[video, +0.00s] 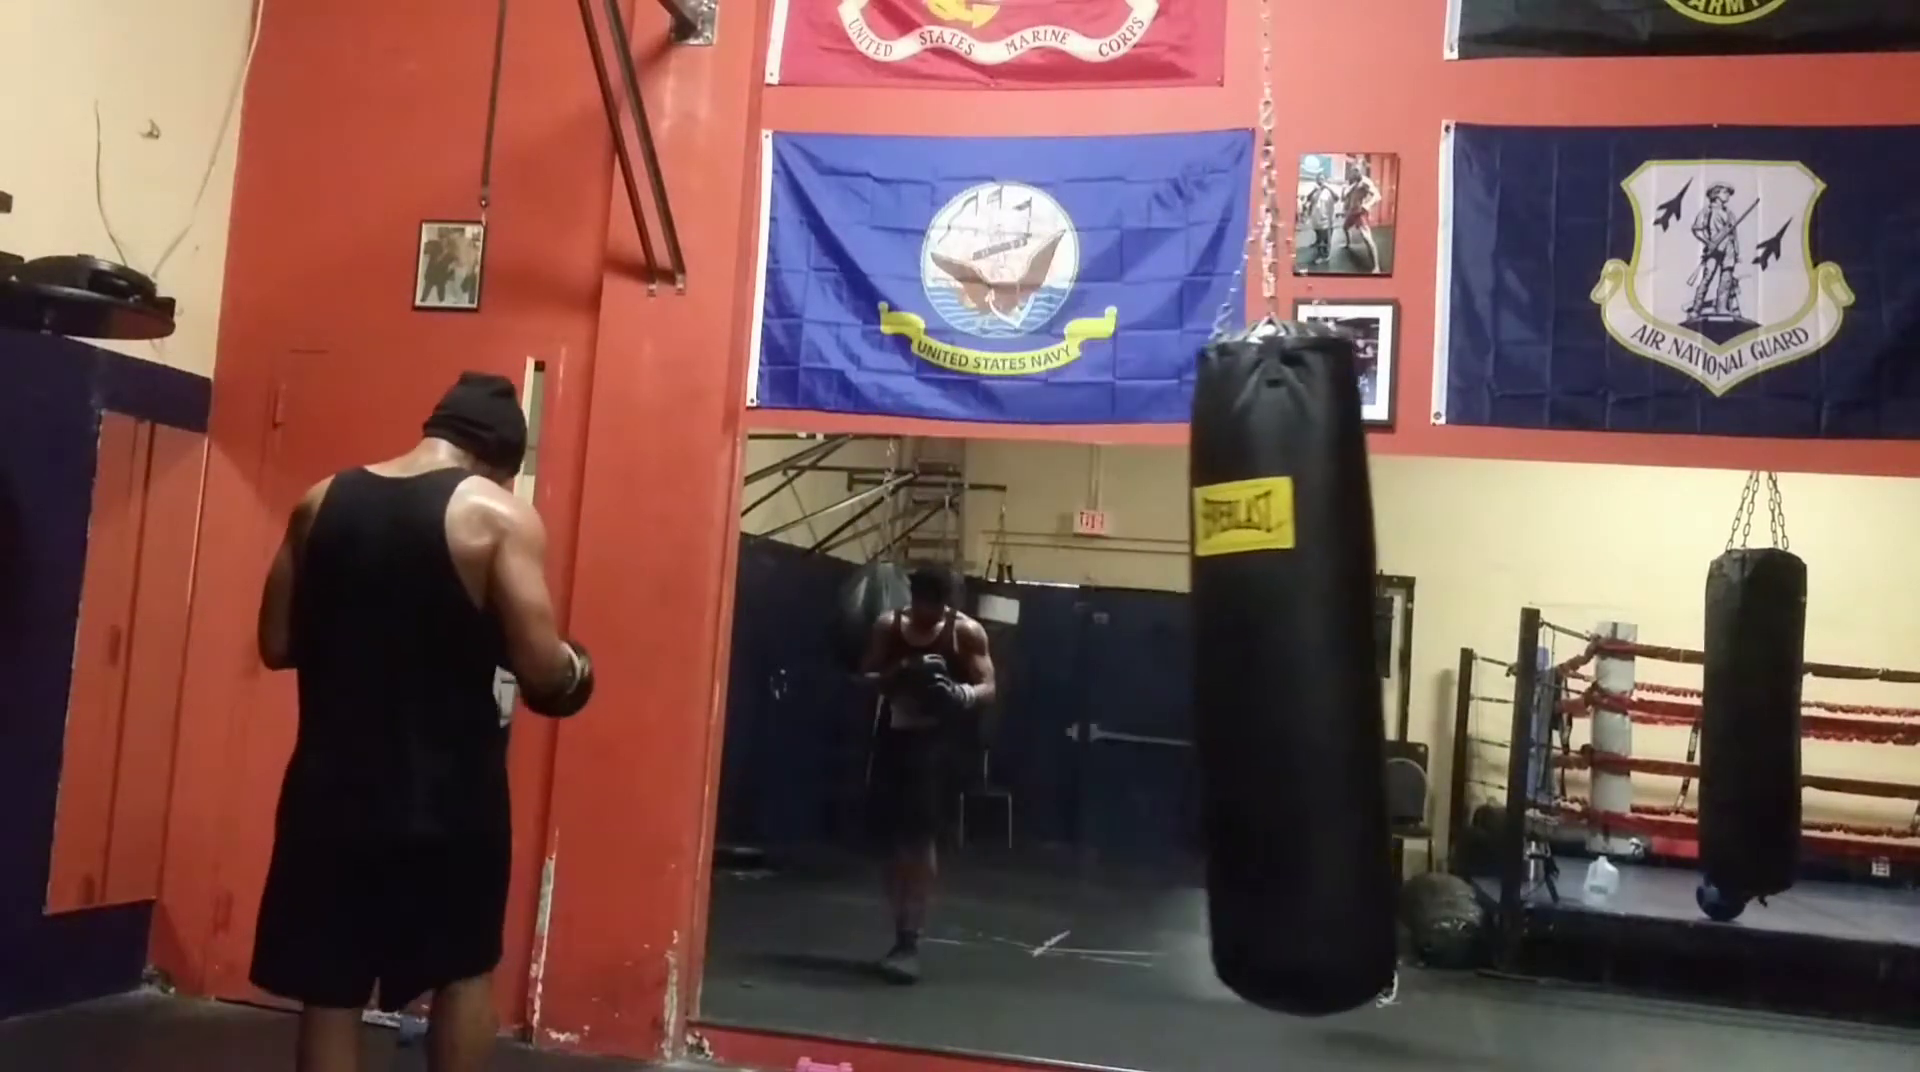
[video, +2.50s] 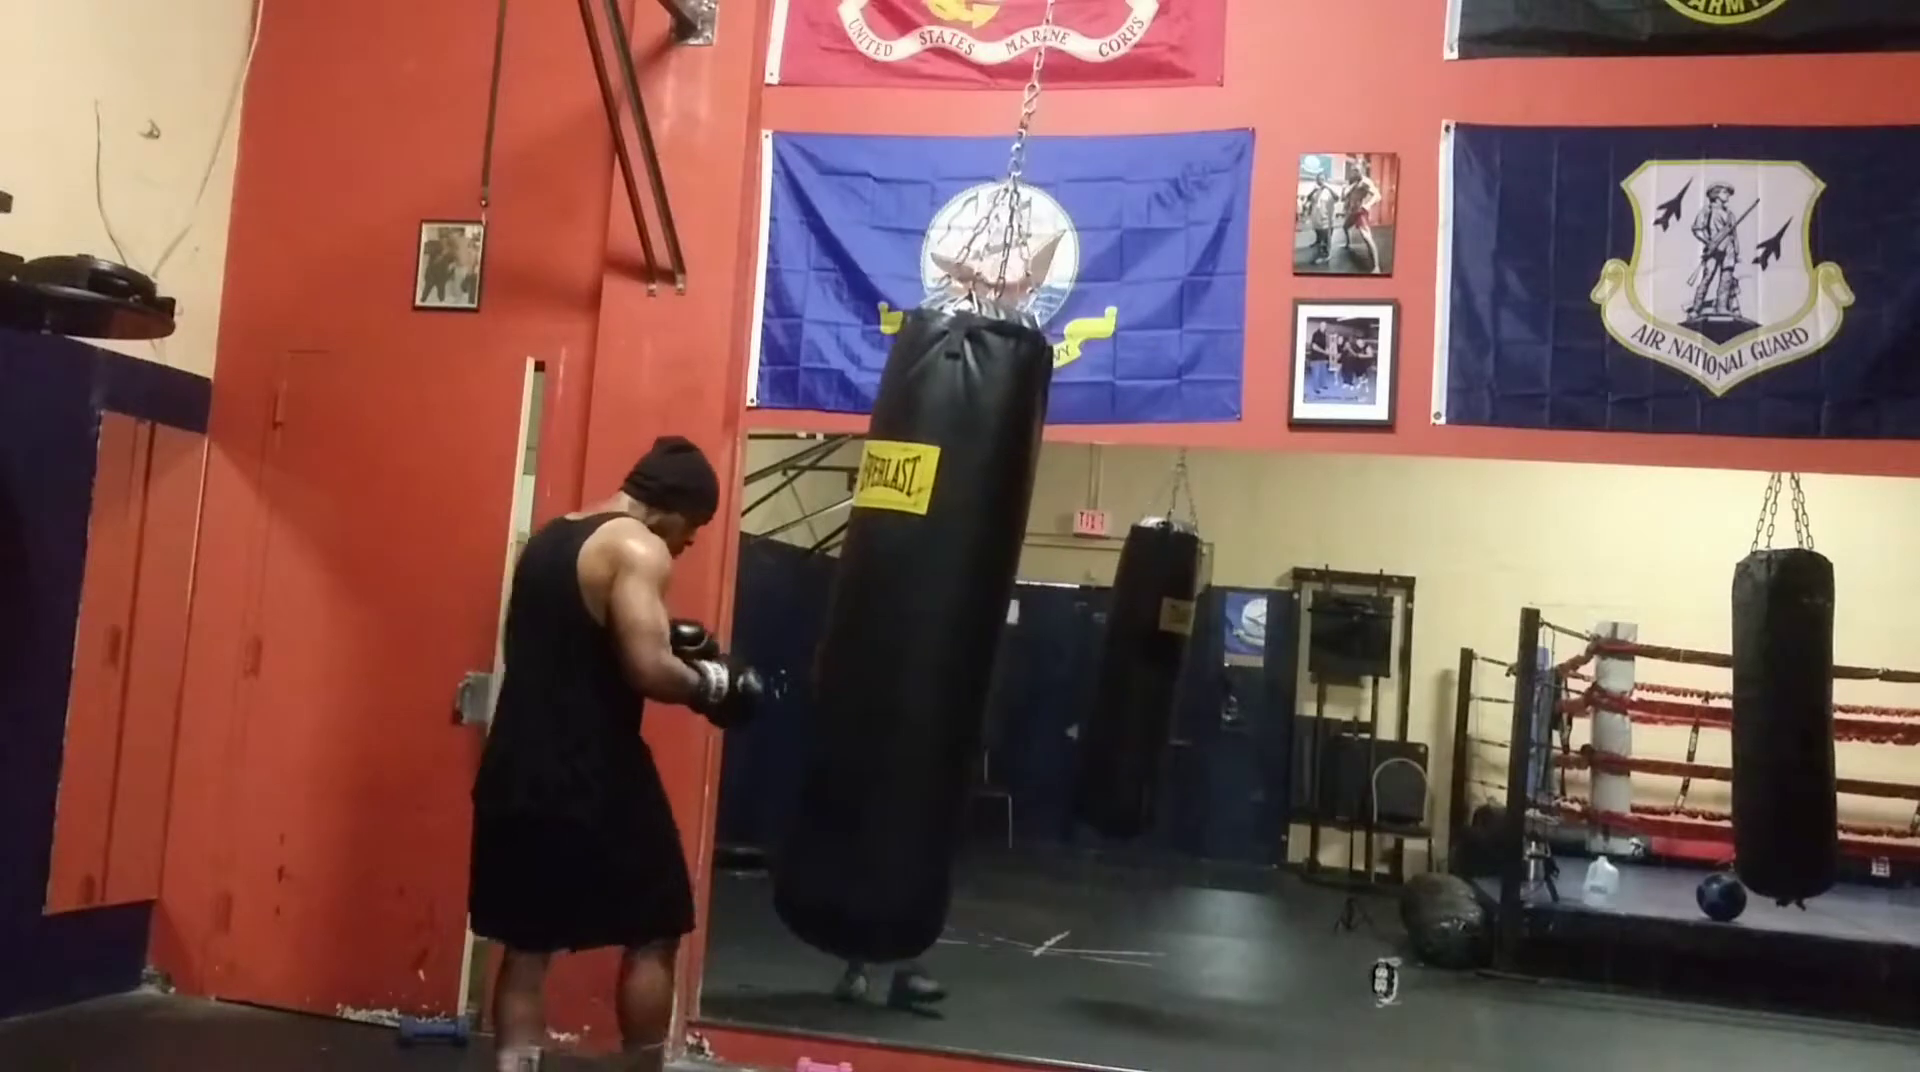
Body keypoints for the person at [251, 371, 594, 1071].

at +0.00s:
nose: (508, 483)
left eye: (509, 470)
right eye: (511, 470)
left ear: (433, 432)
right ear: (503, 457)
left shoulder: (324, 499)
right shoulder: (502, 514)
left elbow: (276, 643)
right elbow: (539, 668)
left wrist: (366, 618)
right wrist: (573, 671)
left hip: (332, 785)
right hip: (450, 794)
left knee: (330, 997)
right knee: (464, 977)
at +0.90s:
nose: (590, 521)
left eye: (591, 509)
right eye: (595, 509)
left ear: (532, 464)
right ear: (596, 498)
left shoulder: (425, 523)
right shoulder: (580, 548)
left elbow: (375, 652)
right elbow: (607, 695)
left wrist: (459, 625)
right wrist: (645, 691)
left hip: (412, 803)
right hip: (517, 815)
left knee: (383, 1011)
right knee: (503, 1015)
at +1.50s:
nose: (624, 526)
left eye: (629, 514)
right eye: (629, 513)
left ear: (567, 471)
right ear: (620, 492)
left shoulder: (467, 526)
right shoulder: (602, 542)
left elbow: (421, 654)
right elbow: (620, 678)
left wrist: (507, 635)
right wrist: (660, 684)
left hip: (464, 793)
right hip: (546, 802)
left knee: (481, 976)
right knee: (522, 987)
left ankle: (485, 1064)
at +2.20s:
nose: (659, 543)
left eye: (665, 531)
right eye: (663, 529)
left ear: (602, 491)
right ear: (648, 508)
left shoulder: (512, 541)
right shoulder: (626, 555)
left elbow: (461, 661)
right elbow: (642, 680)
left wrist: (555, 641)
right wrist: (687, 695)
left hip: (490, 786)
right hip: (576, 791)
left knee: (512, 961)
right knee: (605, 950)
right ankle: (525, 1061)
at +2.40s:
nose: (674, 542)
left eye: (681, 530)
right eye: (678, 528)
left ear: (620, 492)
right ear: (659, 508)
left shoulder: (532, 540)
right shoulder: (635, 554)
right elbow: (647, 672)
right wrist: (698, 692)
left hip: (508, 766)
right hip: (591, 771)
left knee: (528, 933)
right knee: (664, 919)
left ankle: (514, 1063)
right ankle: (589, 1052)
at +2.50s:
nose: (688, 539)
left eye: (695, 527)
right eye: (692, 525)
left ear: (634, 489)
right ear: (674, 507)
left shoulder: (551, 538)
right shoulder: (640, 550)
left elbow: (566, 644)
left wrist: (660, 636)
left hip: (518, 767)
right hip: (599, 774)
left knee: (527, 943)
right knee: (655, 932)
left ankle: (513, 1065)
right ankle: (646, 1064)